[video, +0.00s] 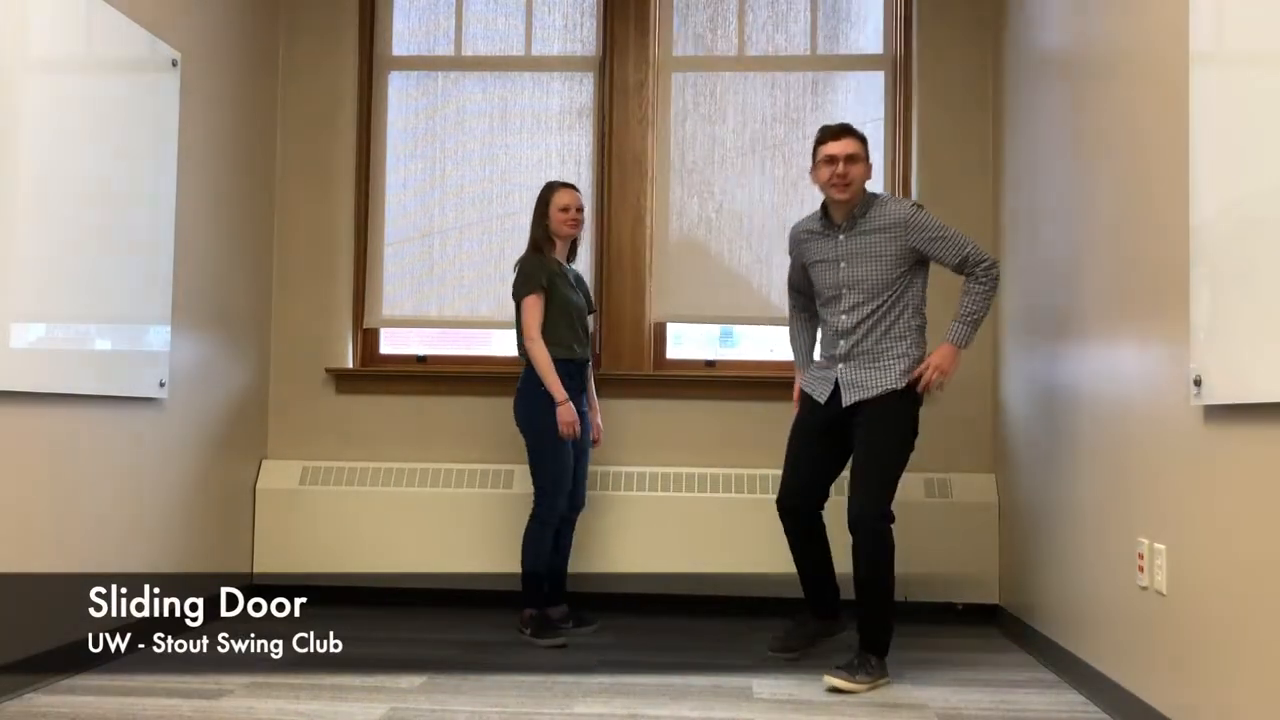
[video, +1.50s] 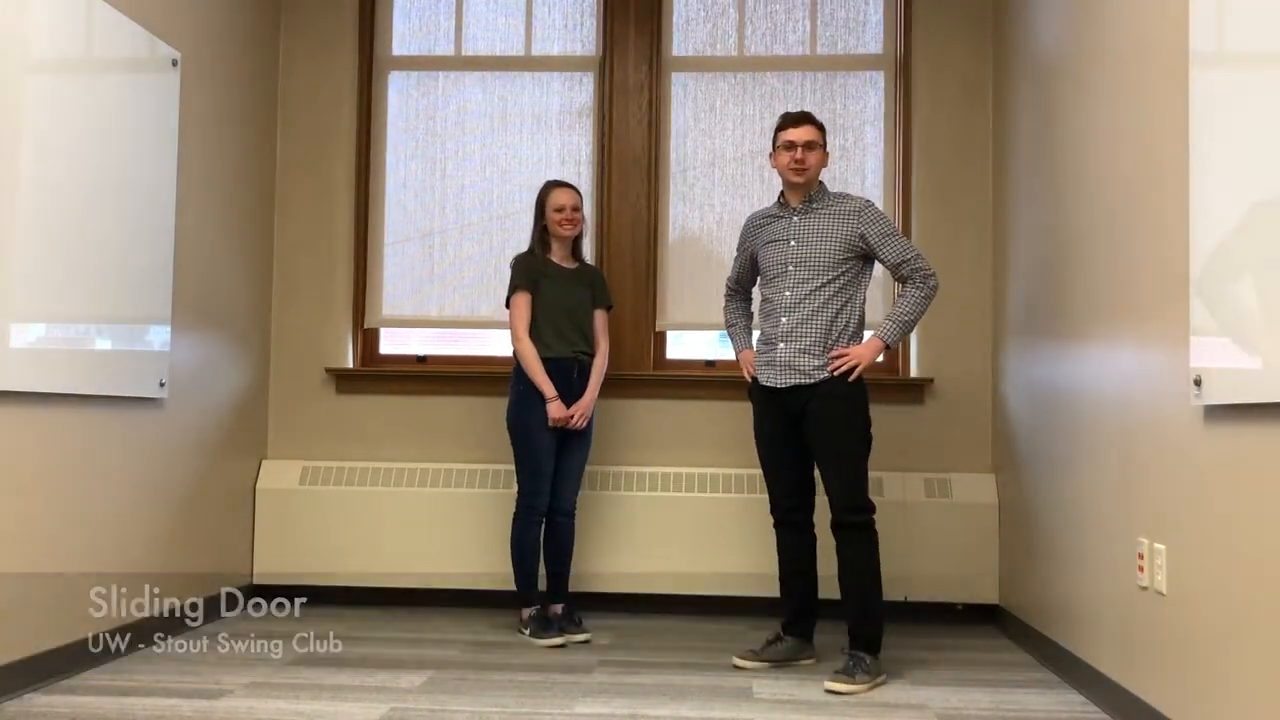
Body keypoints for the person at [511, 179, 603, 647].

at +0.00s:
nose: (574, 216)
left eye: (578, 210)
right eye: (565, 209)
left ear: (582, 218)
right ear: (545, 216)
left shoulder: (575, 277)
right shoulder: (534, 267)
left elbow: (581, 350)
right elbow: (531, 338)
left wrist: (591, 404)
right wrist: (560, 399)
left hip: (574, 394)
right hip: (543, 393)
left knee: (571, 502)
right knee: (550, 501)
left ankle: (556, 604)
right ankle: (534, 610)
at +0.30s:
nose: (567, 216)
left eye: (573, 210)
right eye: (557, 210)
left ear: (583, 218)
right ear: (542, 217)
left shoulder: (586, 281)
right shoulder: (528, 265)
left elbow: (592, 349)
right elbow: (518, 335)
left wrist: (592, 398)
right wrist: (550, 396)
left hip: (574, 394)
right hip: (533, 392)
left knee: (569, 506)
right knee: (539, 503)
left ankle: (559, 611)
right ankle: (531, 613)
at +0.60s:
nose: (566, 216)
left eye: (573, 209)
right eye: (558, 210)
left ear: (583, 216)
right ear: (543, 217)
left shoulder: (592, 278)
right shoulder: (527, 264)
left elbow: (602, 350)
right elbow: (518, 336)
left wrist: (585, 395)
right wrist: (547, 395)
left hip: (576, 392)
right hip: (533, 390)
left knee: (562, 505)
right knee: (532, 502)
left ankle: (560, 608)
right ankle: (529, 611)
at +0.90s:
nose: (565, 216)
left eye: (571, 209)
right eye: (556, 210)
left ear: (581, 215)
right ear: (541, 217)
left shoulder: (591, 277)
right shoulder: (526, 266)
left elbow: (601, 348)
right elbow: (518, 338)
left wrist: (588, 397)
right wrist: (549, 396)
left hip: (577, 393)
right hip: (533, 390)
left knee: (563, 505)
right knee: (533, 502)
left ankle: (560, 608)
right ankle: (530, 611)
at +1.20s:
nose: (566, 216)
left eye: (572, 209)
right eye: (557, 210)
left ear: (580, 215)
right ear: (541, 217)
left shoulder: (591, 276)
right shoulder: (526, 265)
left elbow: (601, 350)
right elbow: (519, 338)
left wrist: (589, 398)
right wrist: (551, 396)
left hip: (578, 394)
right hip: (534, 391)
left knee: (563, 504)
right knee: (533, 501)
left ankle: (559, 607)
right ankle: (530, 610)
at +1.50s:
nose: (569, 216)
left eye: (575, 209)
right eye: (559, 210)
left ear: (583, 216)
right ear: (543, 217)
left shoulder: (592, 276)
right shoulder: (528, 265)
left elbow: (602, 349)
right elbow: (520, 337)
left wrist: (589, 398)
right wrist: (551, 396)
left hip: (579, 394)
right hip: (535, 391)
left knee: (564, 504)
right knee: (534, 501)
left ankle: (559, 606)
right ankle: (530, 609)